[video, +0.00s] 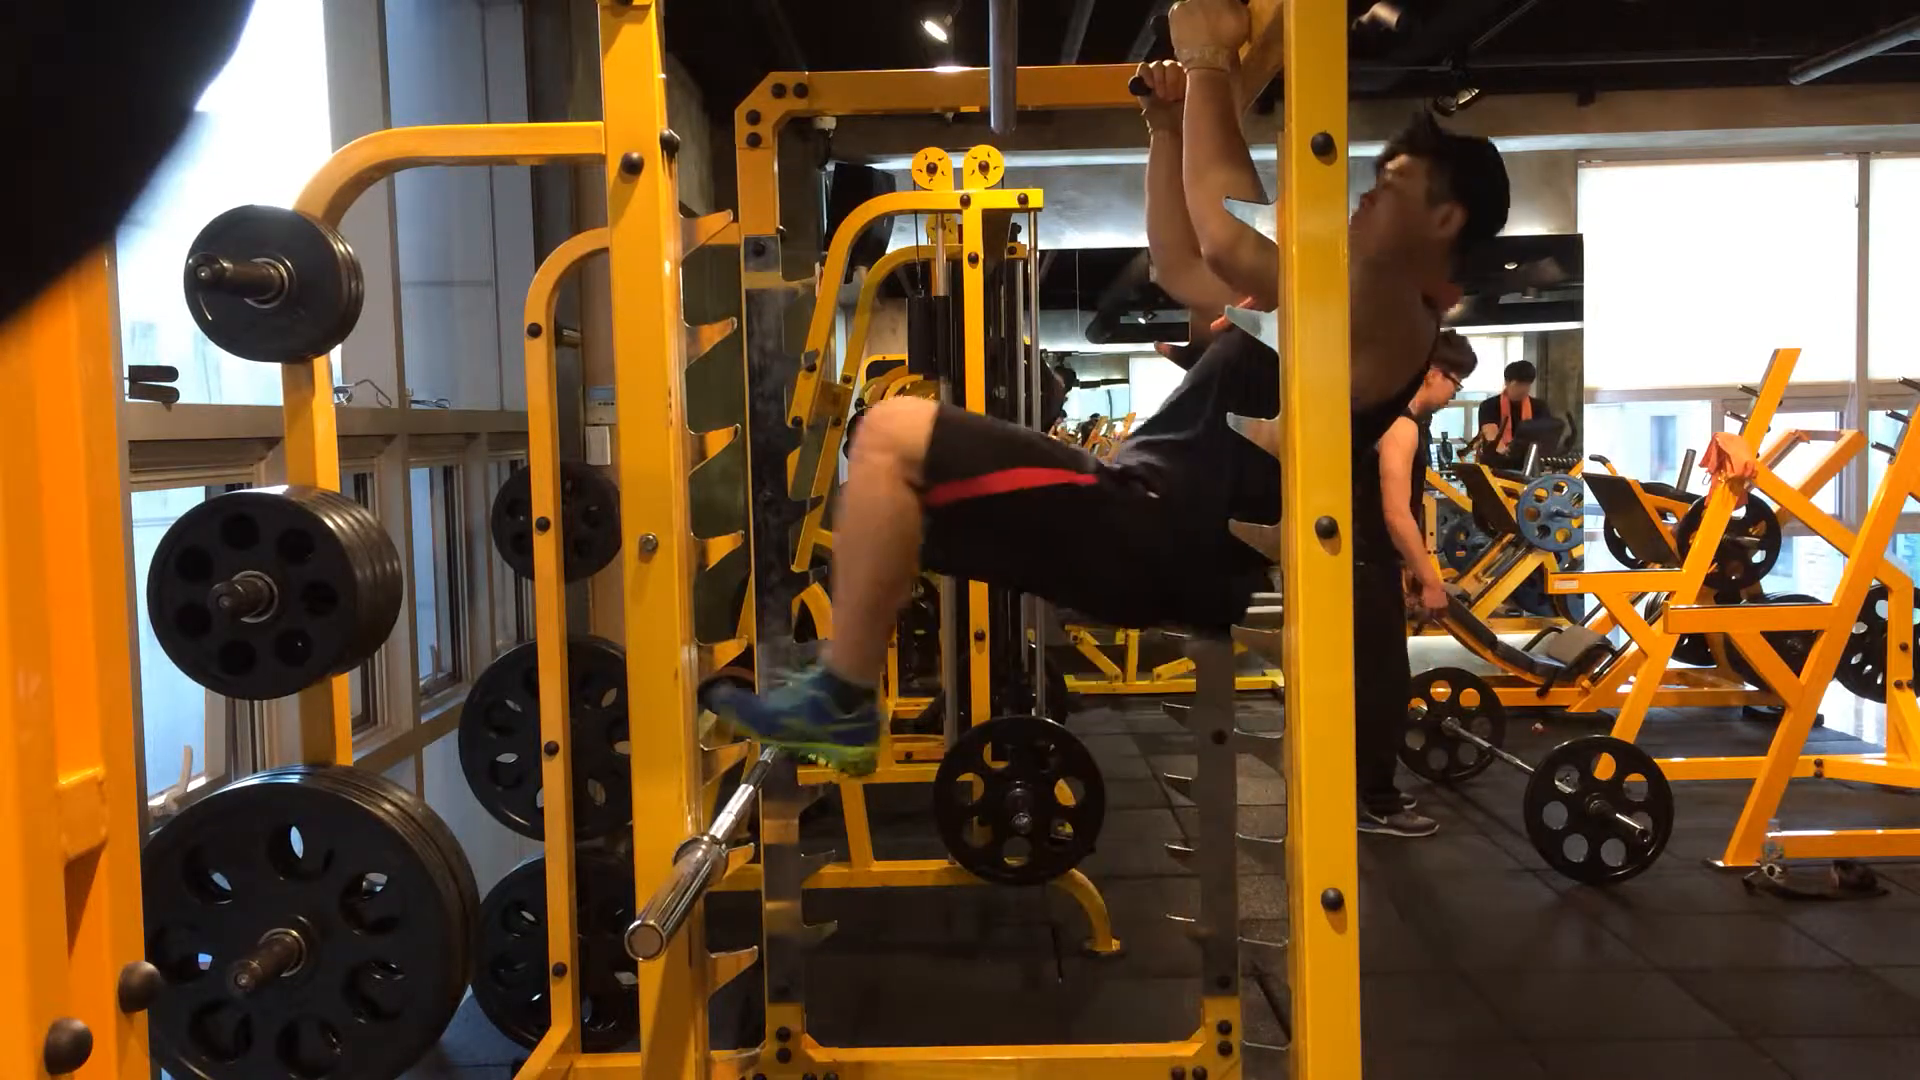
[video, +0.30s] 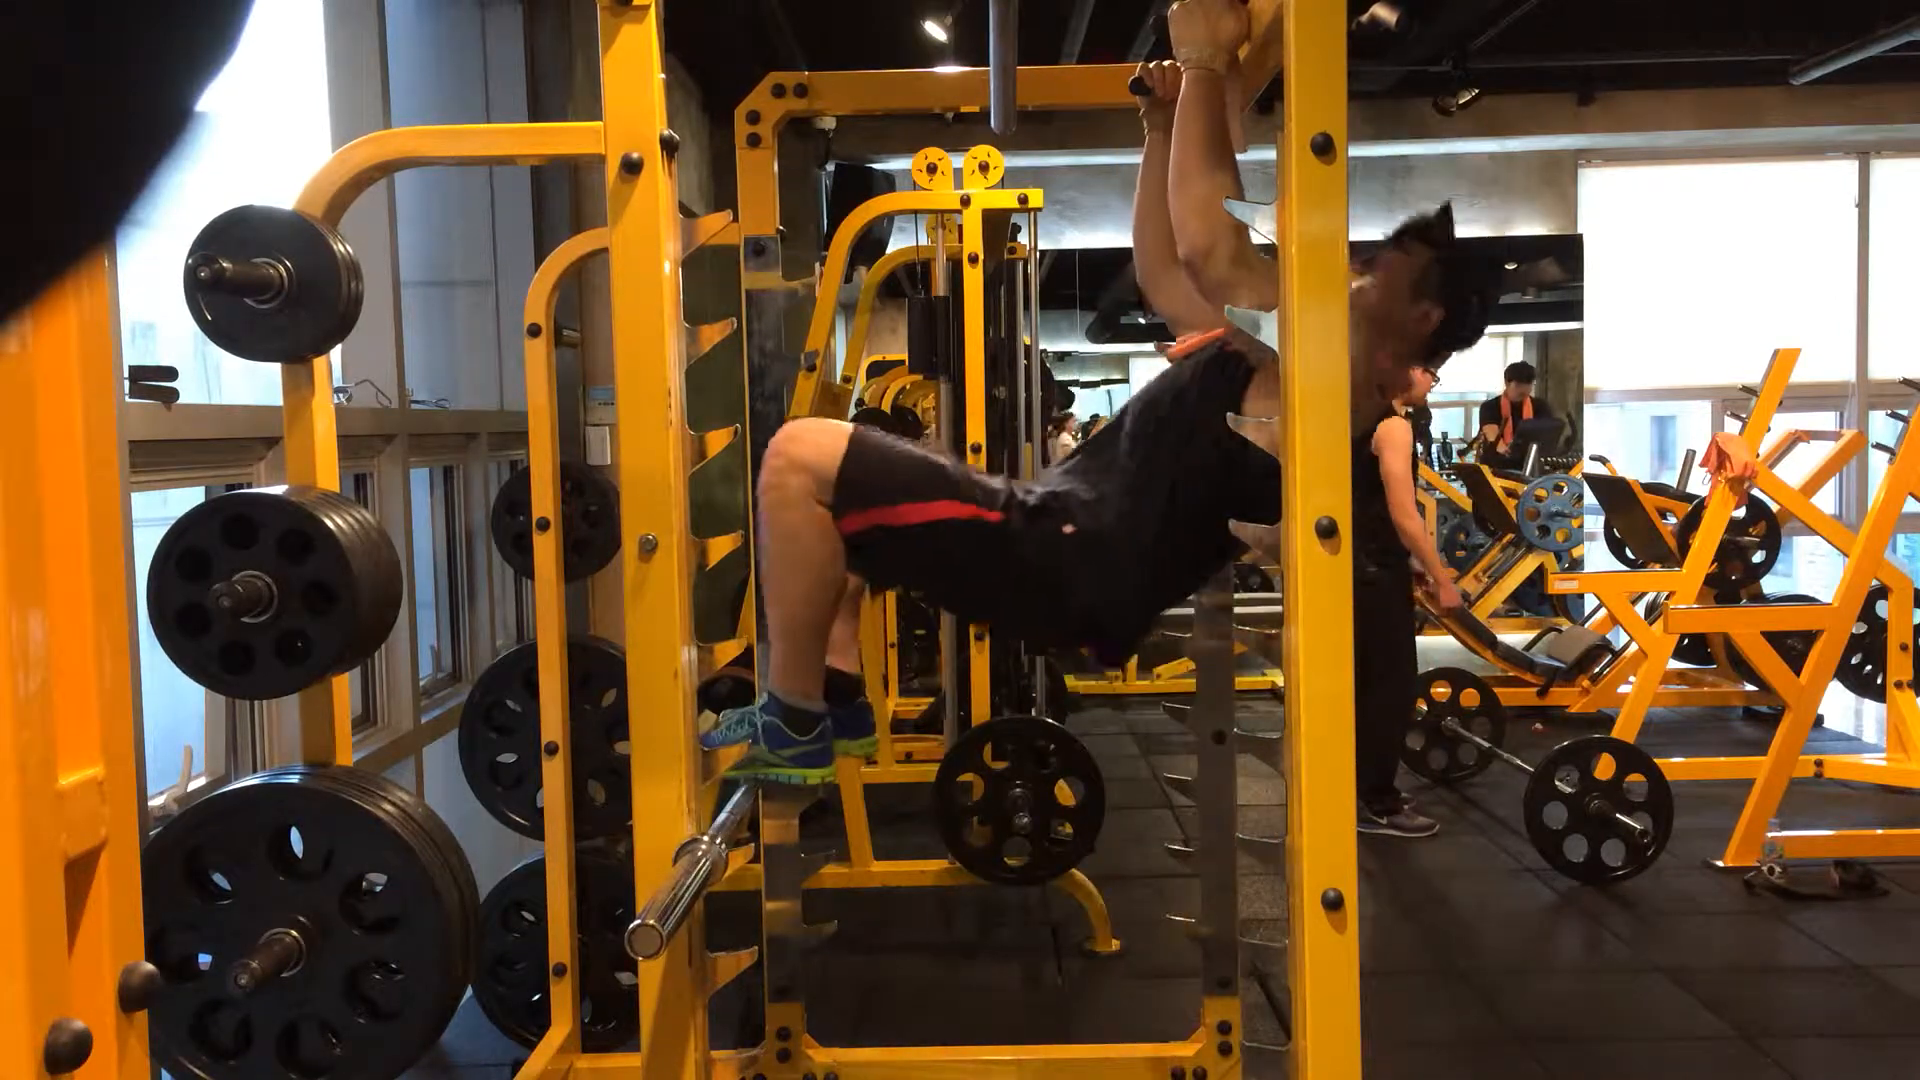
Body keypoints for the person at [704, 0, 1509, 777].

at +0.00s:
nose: (1363, 194)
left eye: (1391, 186)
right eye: (1374, 179)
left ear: (1444, 231)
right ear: (1377, 200)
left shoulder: (1385, 316)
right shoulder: (1342, 305)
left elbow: (1230, 240)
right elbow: (1182, 273)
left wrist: (1215, 69)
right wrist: (1164, 126)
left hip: (1171, 543)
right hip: (1147, 518)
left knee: (894, 436)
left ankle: (844, 692)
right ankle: (838, 679)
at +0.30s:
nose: (1357, 272)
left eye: (1380, 271)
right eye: (1370, 260)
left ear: (1422, 331)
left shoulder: (1344, 388)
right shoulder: (1292, 361)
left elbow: (1212, 252)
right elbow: (1164, 273)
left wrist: (1211, 66)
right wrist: (1161, 127)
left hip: (1074, 567)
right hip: (1063, 535)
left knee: (799, 460)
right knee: (826, 458)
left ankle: (791, 721)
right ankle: (832, 694)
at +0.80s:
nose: (1367, 299)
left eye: (1389, 305)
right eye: (1386, 293)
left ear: (1402, 351)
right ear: (1380, 321)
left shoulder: (1309, 412)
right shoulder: (1258, 373)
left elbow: (1212, 261)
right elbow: (1153, 281)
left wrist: (1211, 66)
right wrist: (1155, 130)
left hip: (1019, 552)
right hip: (1003, 512)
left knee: (749, 466)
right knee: (766, 452)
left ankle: (784, 716)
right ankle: (822, 674)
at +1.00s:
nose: (1390, 183)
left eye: (1411, 192)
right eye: (1405, 177)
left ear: (1422, 250)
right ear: (1396, 216)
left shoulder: (1338, 279)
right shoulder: (1329, 271)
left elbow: (1196, 252)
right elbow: (1152, 239)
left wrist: (1212, 72)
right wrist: (1166, 117)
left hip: (1041, 429)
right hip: (1035, 401)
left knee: (746, 465)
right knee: (775, 434)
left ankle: (780, 716)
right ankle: (822, 672)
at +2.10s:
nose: (1387, 104)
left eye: (1417, 121)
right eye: (1396, 92)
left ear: (1423, 188)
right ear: (1369, 99)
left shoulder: (1338, 233)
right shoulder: (1302, 171)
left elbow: (1183, 238)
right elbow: (1178, 172)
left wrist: (1208, 61)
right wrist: (1210, 87)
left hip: (1041, 387)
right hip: (1013, 349)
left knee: (745, 464)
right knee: (750, 434)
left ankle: (781, 717)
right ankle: (823, 676)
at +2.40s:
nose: (1365, 153)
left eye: (1389, 164)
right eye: (1380, 145)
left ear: (1391, 253)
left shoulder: (1331, 283)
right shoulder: (1303, 267)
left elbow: (1187, 246)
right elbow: (1139, 247)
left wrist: (1204, 65)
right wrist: (1173, 106)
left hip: (1024, 454)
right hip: (1011, 423)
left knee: (739, 465)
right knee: (758, 439)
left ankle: (781, 713)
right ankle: (825, 673)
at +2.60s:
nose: (1318, 235)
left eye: (1351, 235)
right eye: (1341, 223)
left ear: (1381, 291)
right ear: (1365, 280)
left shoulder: (1302, 383)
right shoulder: (1256, 340)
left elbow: (1187, 262)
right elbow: (1134, 277)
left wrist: (1199, 73)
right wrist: (1158, 126)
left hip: (1017, 543)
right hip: (1003, 499)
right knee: (762, 440)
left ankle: (780, 713)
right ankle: (826, 675)